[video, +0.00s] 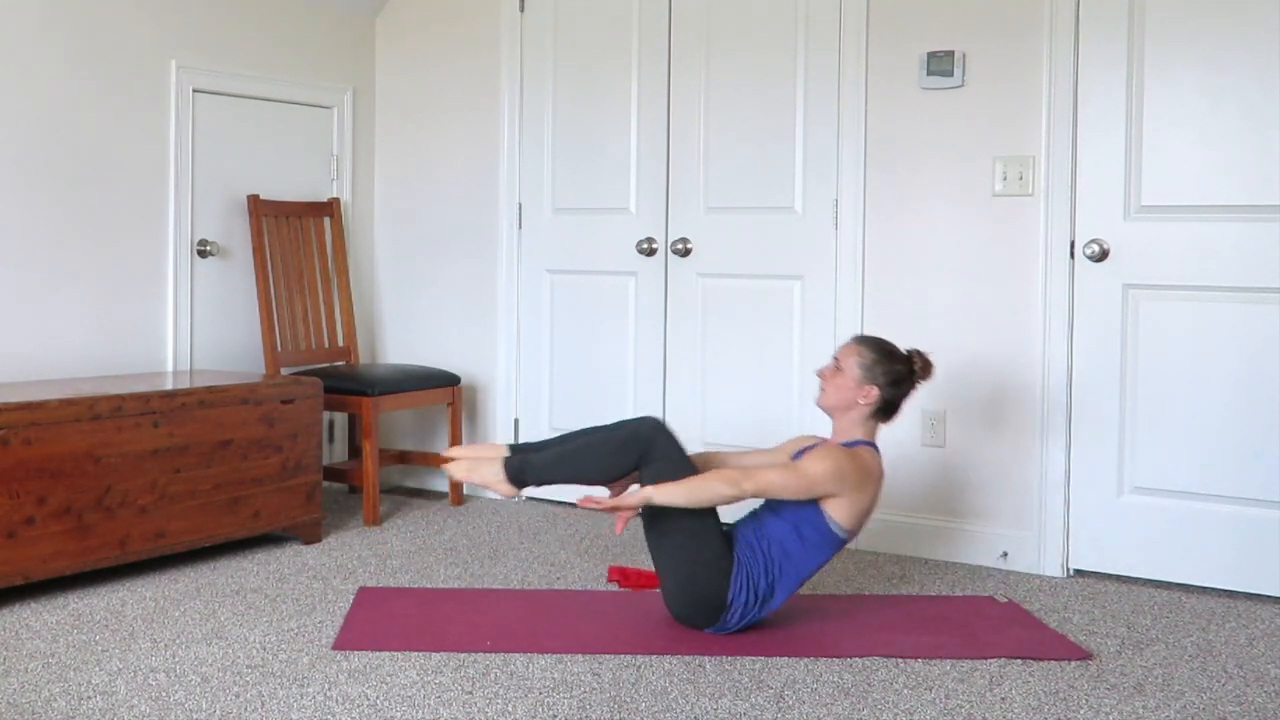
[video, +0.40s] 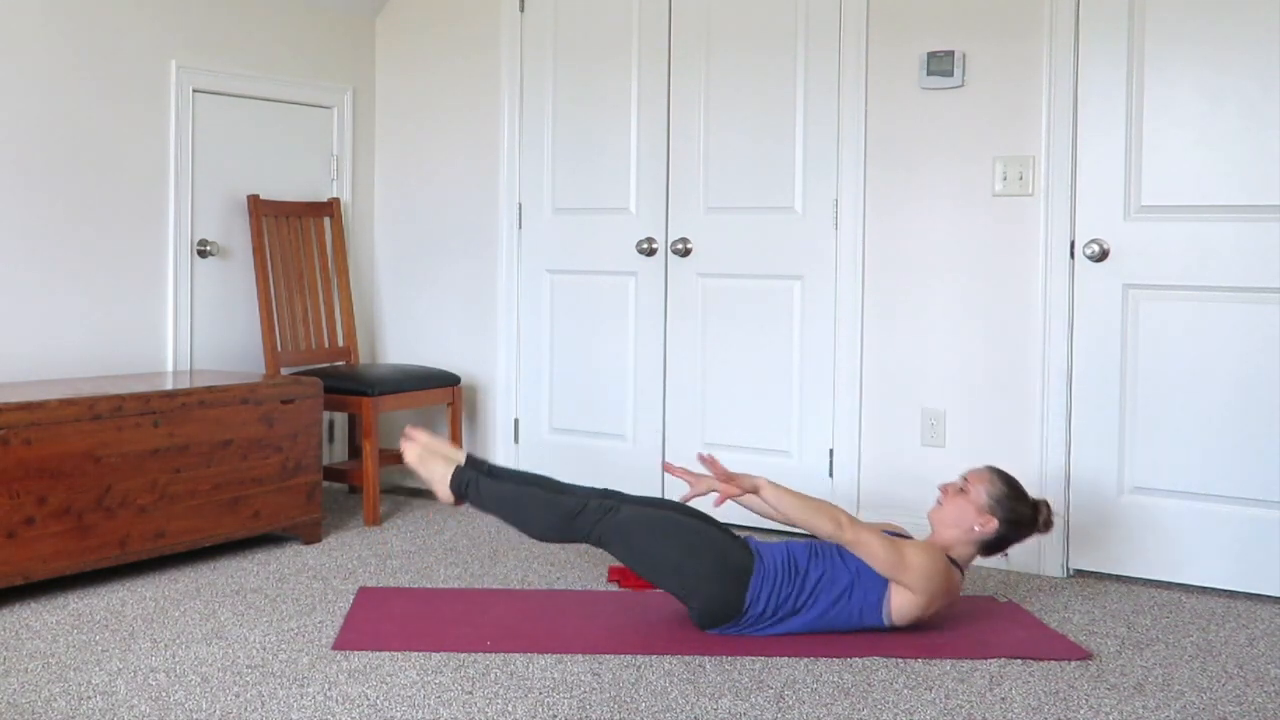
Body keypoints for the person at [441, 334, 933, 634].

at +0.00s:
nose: (823, 373)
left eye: (837, 370)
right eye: (832, 364)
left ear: (865, 396)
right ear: (861, 395)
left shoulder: (848, 466)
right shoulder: (824, 447)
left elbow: (740, 486)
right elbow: (731, 465)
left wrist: (646, 498)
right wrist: (644, 484)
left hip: (720, 595)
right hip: (718, 575)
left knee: (649, 438)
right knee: (647, 435)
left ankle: (510, 474)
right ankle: (511, 461)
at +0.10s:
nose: (862, 408)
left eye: (877, 404)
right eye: (871, 399)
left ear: (906, 431)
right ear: (896, 425)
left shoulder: (875, 494)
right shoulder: (860, 475)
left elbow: (770, 493)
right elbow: (762, 480)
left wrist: (677, 490)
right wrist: (672, 486)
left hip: (726, 595)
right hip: (727, 570)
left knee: (617, 463)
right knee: (618, 458)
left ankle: (468, 482)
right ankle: (473, 474)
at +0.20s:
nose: (898, 442)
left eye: (915, 441)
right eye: (907, 433)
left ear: (940, 471)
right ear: (923, 459)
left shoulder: (902, 527)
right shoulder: (884, 505)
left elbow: (800, 508)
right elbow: (789, 499)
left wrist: (700, 491)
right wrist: (696, 487)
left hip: (727, 586)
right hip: (729, 566)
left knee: (590, 493)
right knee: (594, 492)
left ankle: (445, 494)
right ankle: (450, 490)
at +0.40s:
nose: (941, 496)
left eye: (958, 496)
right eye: (951, 489)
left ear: (980, 532)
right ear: (965, 518)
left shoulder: (926, 571)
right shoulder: (920, 556)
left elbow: (836, 526)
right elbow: (833, 525)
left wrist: (751, 488)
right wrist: (741, 487)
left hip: (739, 584)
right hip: (741, 564)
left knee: (602, 513)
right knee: (602, 505)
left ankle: (457, 479)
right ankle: (463, 472)